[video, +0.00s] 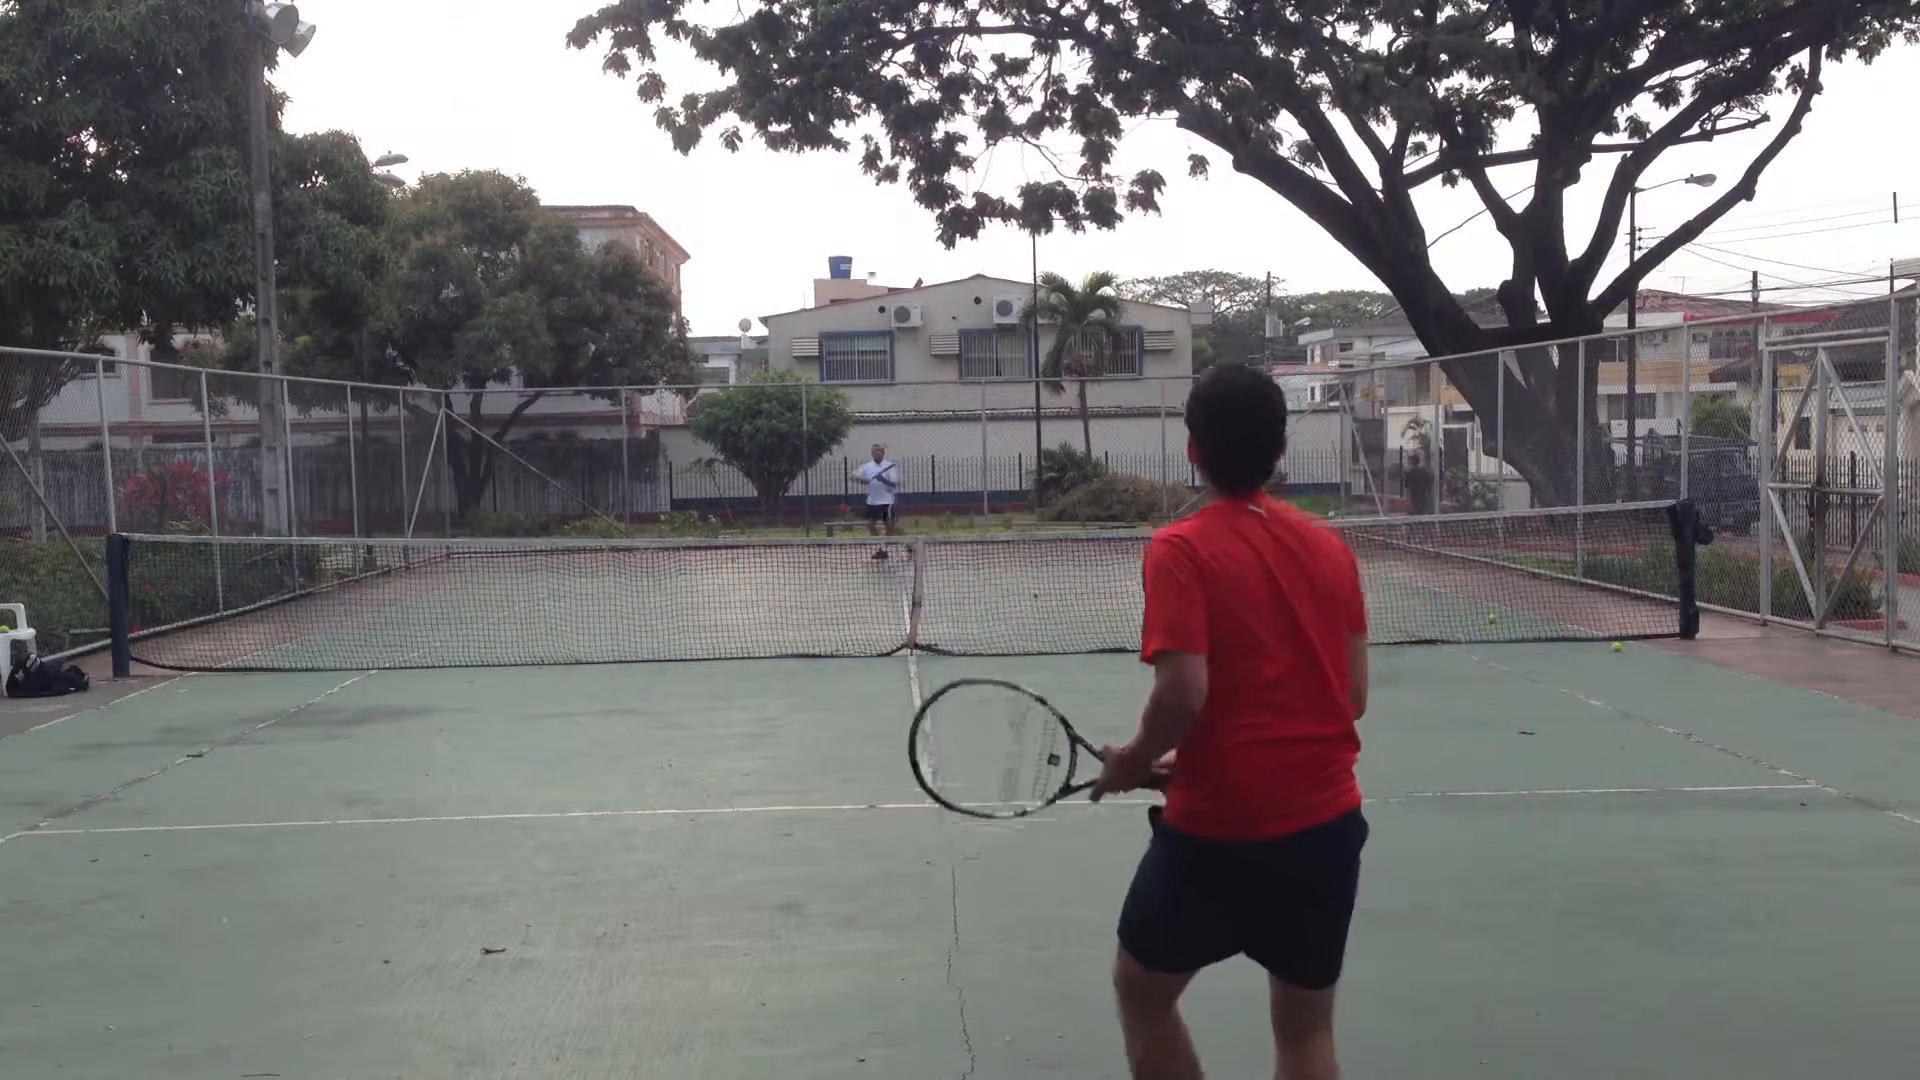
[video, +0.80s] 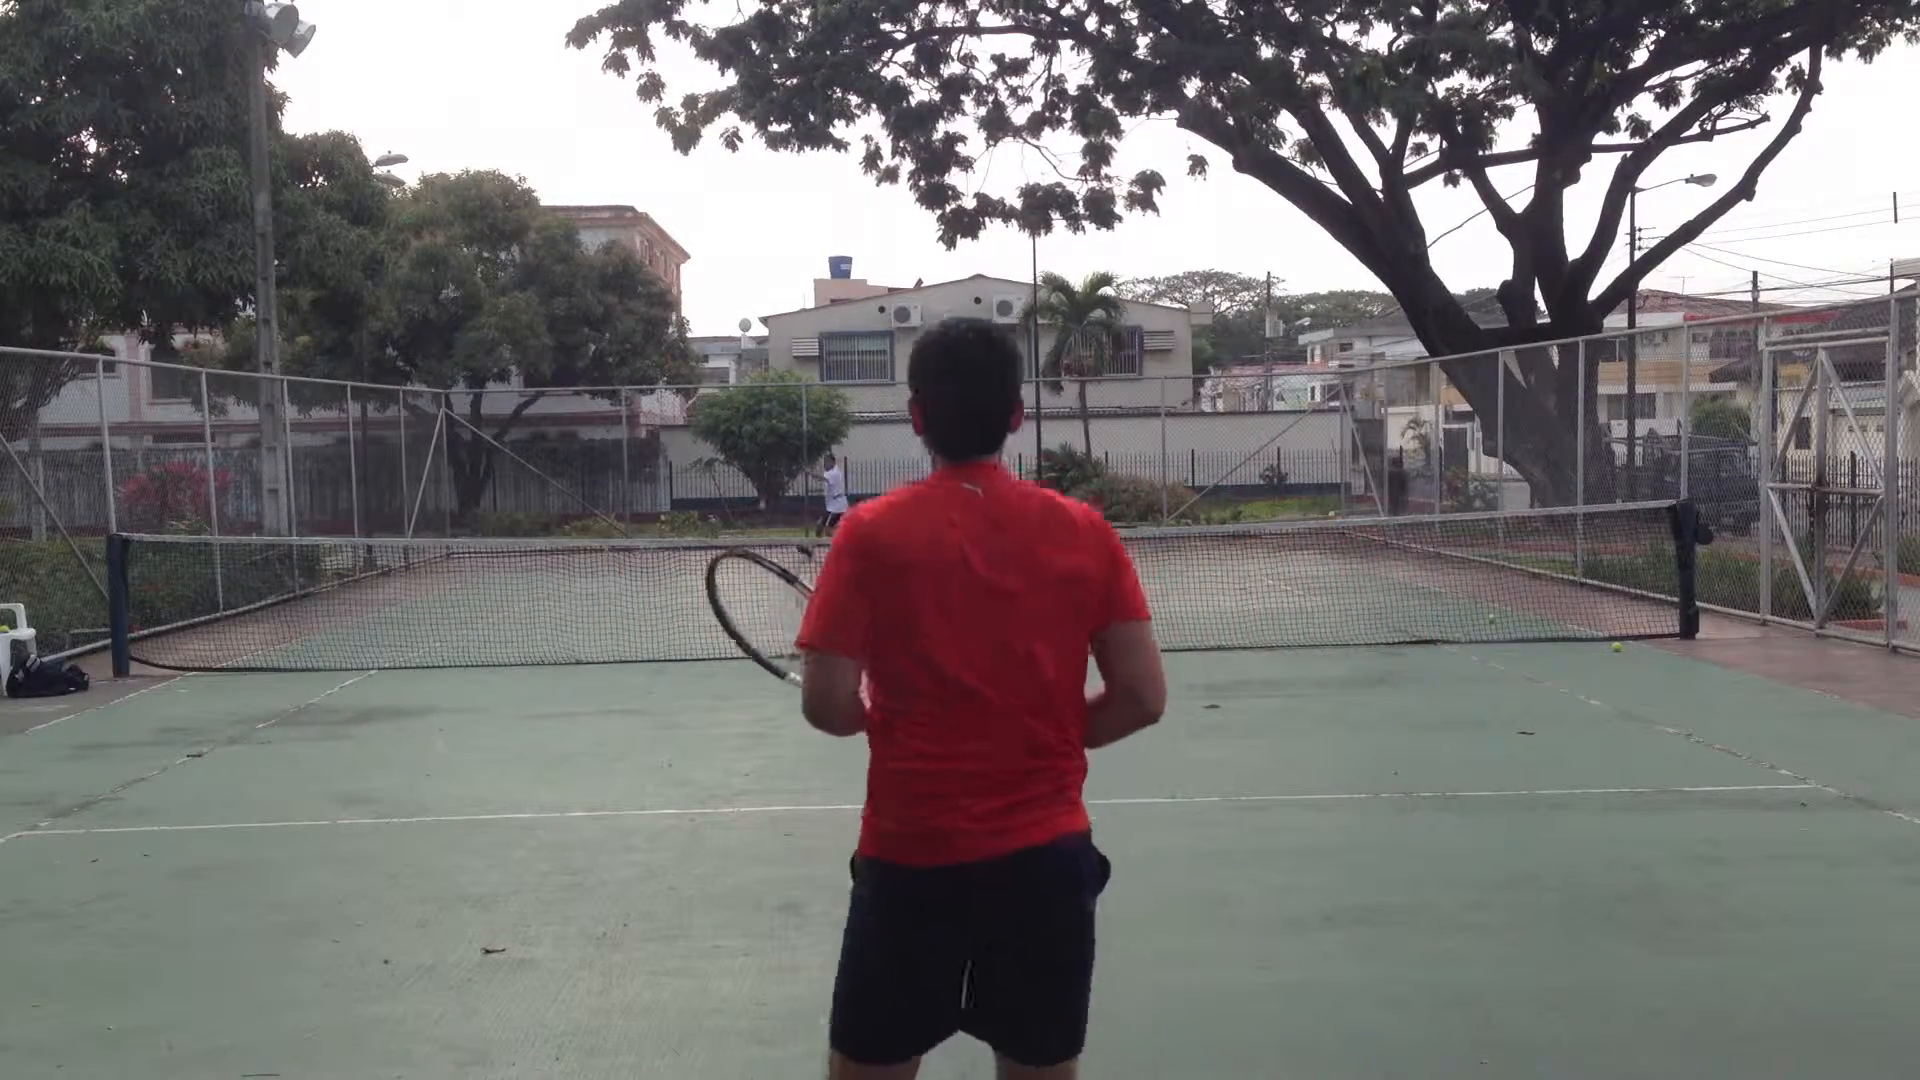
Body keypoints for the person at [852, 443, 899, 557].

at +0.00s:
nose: (876, 455)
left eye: (878, 452)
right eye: (874, 452)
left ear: (883, 453)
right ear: (872, 454)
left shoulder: (890, 466)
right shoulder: (868, 466)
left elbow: (893, 484)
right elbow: (854, 475)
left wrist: (881, 478)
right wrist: (867, 480)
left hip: (886, 500)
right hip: (872, 500)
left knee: (889, 525)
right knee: (870, 524)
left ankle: (887, 548)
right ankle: (879, 547)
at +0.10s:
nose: (871, 454)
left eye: (874, 451)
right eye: (869, 451)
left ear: (878, 453)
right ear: (867, 453)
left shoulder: (883, 466)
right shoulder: (863, 465)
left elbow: (887, 485)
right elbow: (848, 474)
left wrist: (874, 479)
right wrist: (858, 478)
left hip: (880, 499)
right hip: (867, 500)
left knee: (881, 523)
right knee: (868, 524)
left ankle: (892, 544)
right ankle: (880, 547)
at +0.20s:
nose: (867, 453)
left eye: (869, 450)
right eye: (865, 450)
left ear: (872, 452)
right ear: (861, 452)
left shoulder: (877, 465)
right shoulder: (857, 463)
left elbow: (879, 480)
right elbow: (845, 469)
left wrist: (878, 483)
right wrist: (846, 472)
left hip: (874, 495)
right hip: (863, 495)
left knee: (867, 516)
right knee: (865, 520)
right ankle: (874, 539)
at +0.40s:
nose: (853, 455)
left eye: (855, 453)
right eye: (851, 453)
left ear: (860, 453)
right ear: (849, 454)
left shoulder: (862, 465)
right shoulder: (848, 462)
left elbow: (859, 479)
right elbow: (838, 467)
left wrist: (841, 475)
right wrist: (835, 466)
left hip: (862, 498)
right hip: (853, 497)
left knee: (854, 524)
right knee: (854, 525)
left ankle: (853, 549)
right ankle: (871, 545)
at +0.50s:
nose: (846, 460)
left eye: (848, 457)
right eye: (845, 457)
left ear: (854, 458)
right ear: (844, 458)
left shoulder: (858, 470)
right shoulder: (844, 466)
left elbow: (847, 480)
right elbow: (833, 472)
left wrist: (828, 474)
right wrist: (824, 471)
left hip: (857, 500)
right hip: (848, 498)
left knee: (844, 523)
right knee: (842, 522)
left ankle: (854, 548)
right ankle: (858, 542)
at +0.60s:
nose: (840, 462)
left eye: (843, 460)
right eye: (838, 460)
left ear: (847, 461)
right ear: (836, 461)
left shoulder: (850, 472)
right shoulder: (839, 469)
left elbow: (835, 481)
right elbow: (832, 479)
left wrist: (819, 473)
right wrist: (821, 479)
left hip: (851, 503)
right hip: (843, 502)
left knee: (837, 523)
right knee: (831, 521)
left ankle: (849, 548)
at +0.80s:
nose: (825, 464)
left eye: (827, 461)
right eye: (825, 461)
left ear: (832, 462)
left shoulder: (834, 473)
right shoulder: (833, 472)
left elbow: (823, 478)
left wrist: (810, 473)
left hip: (836, 507)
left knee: (827, 529)